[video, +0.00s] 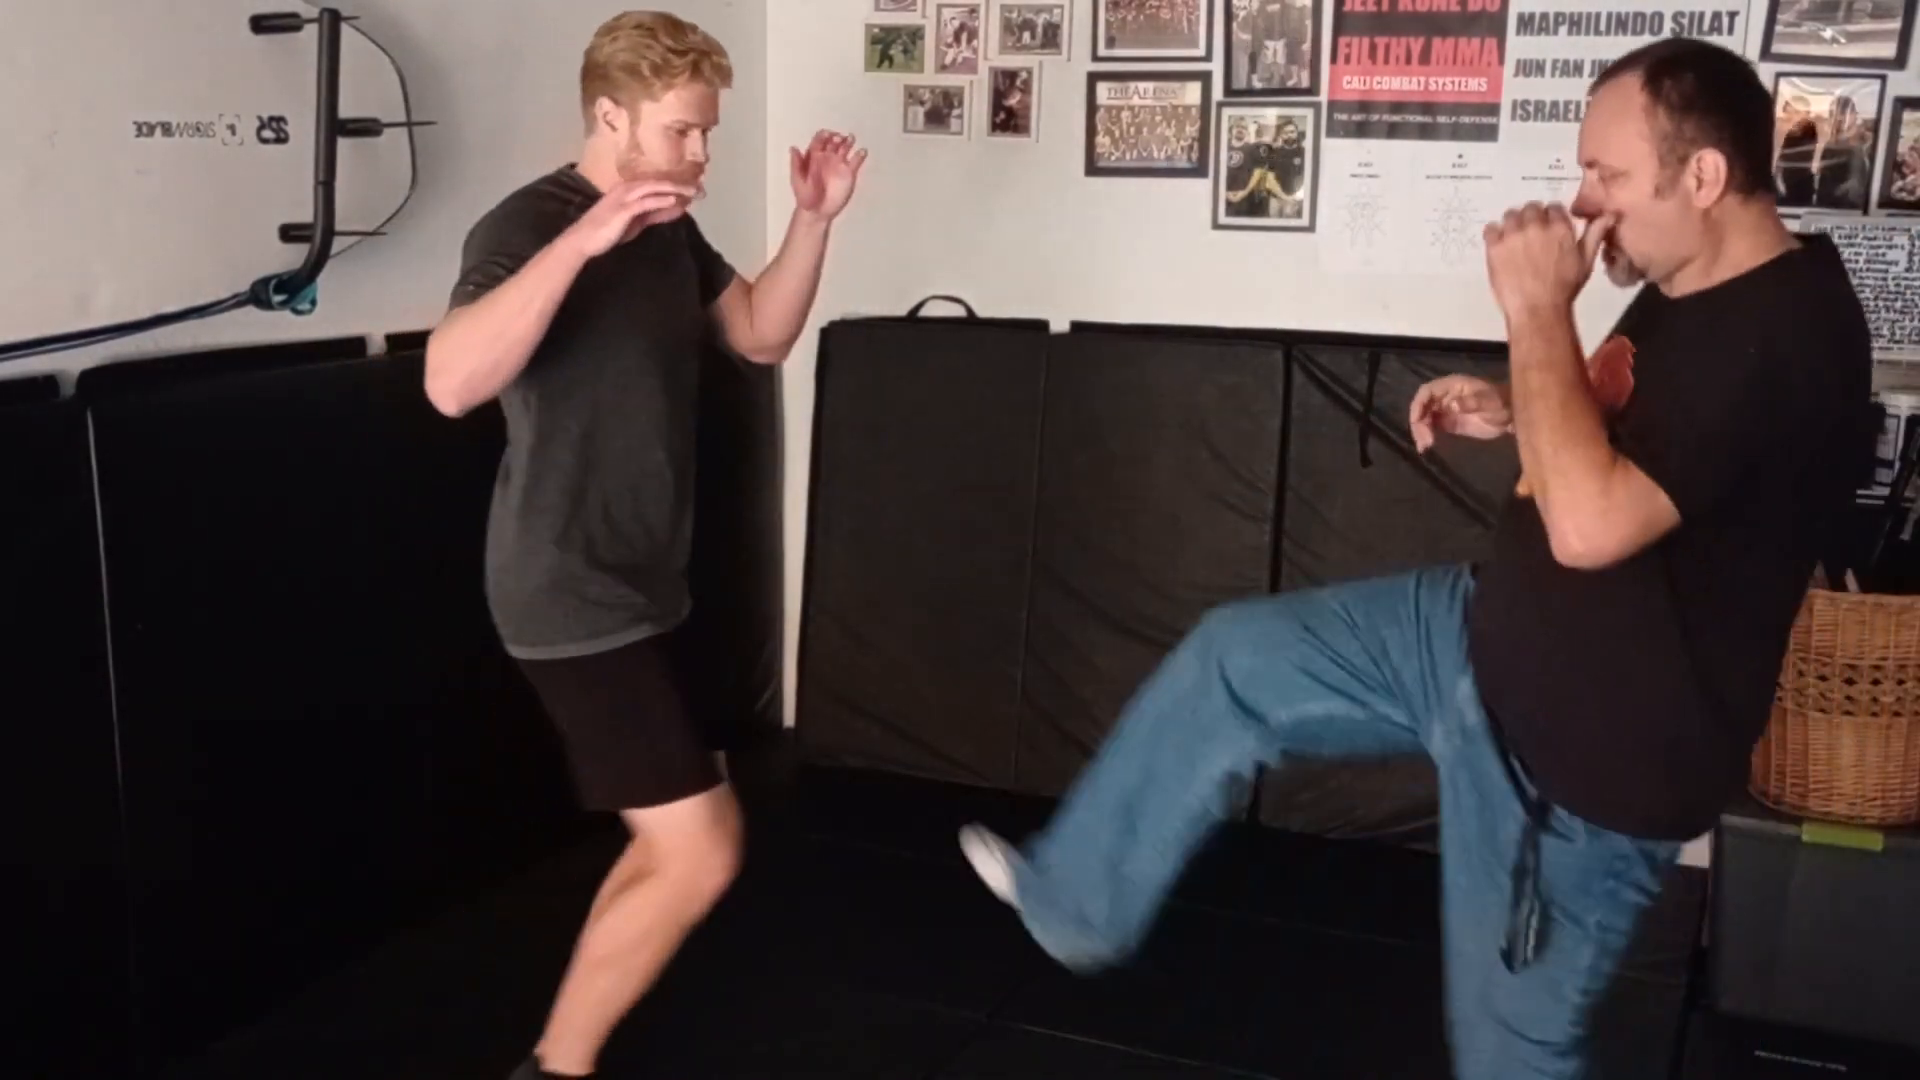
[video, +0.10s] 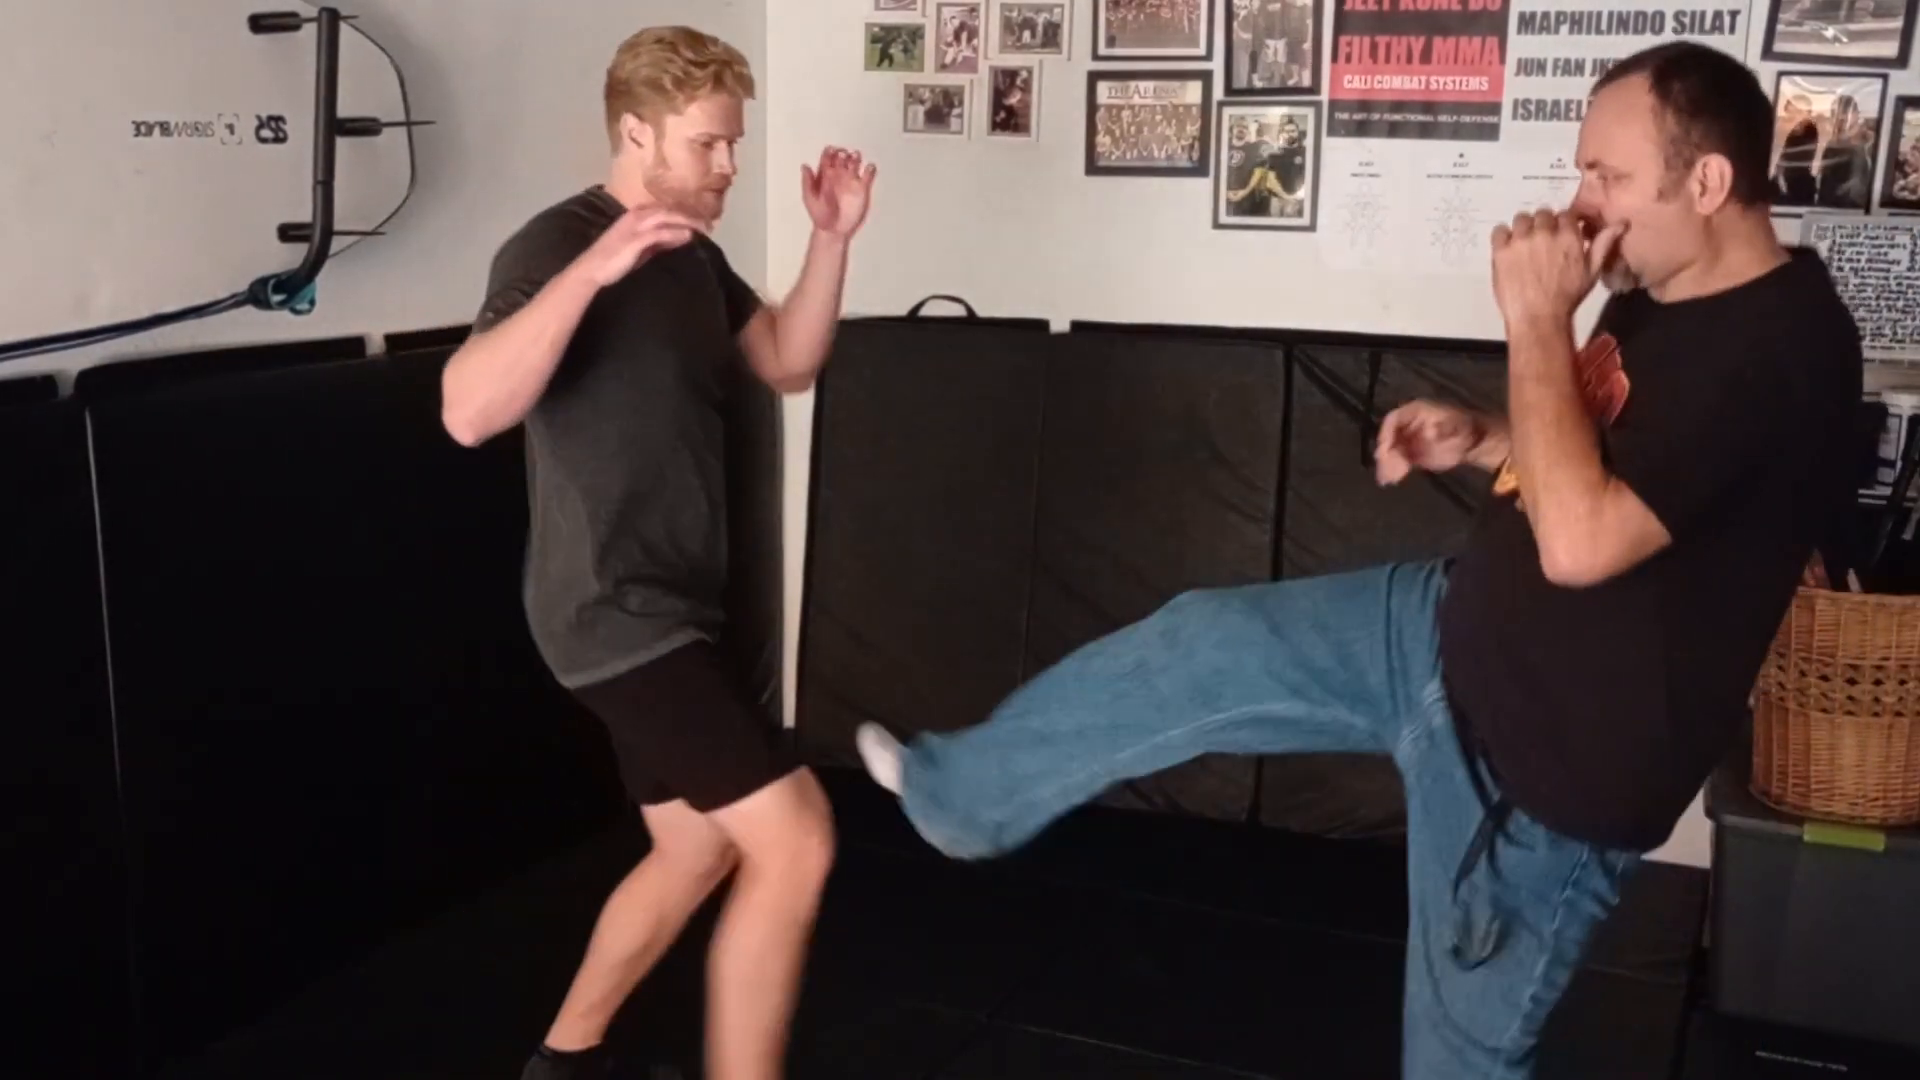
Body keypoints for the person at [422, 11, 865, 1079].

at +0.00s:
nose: (702, 154)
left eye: (708, 130)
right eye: (684, 130)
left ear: (694, 124)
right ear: (609, 119)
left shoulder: (671, 233)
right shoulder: (525, 228)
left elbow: (759, 333)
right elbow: (451, 381)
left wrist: (813, 218)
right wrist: (576, 247)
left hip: (654, 585)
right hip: (566, 597)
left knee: (667, 840)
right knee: (701, 849)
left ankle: (566, 1053)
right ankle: (558, 1064)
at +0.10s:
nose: (732, 165)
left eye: (736, 141)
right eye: (711, 143)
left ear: (662, 138)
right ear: (637, 135)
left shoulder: (696, 259)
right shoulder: (554, 247)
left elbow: (786, 361)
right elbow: (468, 411)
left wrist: (830, 240)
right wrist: (586, 277)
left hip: (688, 601)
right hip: (608, 613)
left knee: (693, 848)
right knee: (791, 841)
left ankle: (562, 1053)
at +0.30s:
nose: (826, 183)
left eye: (828, 159)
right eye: (804, 161)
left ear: (749, 158)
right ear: (728, 156)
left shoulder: (774, 280)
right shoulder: (644, 276)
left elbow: (859, 403)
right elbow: (549, 446)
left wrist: (923, 291)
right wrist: (666, 305)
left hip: (761, 637)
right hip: (702, 656)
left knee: (728, 876)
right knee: (857, 900)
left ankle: (569, 1050)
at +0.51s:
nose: (900, 183)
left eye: (905, 156)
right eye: (880, 159)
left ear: (906, 147)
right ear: (803, 154)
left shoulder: (852, 262)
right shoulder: (723, 262)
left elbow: (945, 400)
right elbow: (695, 439)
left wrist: (999, 269)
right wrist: (824, 278)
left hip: (779, 627)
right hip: (734, 640)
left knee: (716, 858)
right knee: (880, 899)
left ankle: (568, 1046)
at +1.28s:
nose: (825, 201)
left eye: (827, 176)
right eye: (810, 177)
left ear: (743, 168)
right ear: (733, 167)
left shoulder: (745, 277)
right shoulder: (641, 289)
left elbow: (781, 412)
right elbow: (644, 492)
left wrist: (902, 340)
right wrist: (804, 414)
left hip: (740, 636)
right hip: (678, 653)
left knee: (716, 853)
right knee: (804, 900)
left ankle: (552, 1015)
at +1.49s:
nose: (741, 180)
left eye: (745, 156)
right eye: (721, 157)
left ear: (703, 158)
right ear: (647, 154)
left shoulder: (711, 264)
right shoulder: (552, 271)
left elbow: (793, 381)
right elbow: (537, 452)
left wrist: (853, 259)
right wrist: (664, 351)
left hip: (688, 607)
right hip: (585, 616)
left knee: (662, 837)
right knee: (725, 836)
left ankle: (540, 1035)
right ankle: (746, 1077)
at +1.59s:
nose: (730, 136)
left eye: (733, 113)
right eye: (710, 115)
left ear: (690, 115)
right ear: (635, 112)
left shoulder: (694, 225)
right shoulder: (542, 217)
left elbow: (782, 341)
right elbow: (527, 394)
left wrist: (836, 216)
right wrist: (652, 273)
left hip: (639, 565)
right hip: (549, 572)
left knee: (607, 804)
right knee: (672, 806)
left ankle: (538, 1023)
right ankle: (613, 1068)